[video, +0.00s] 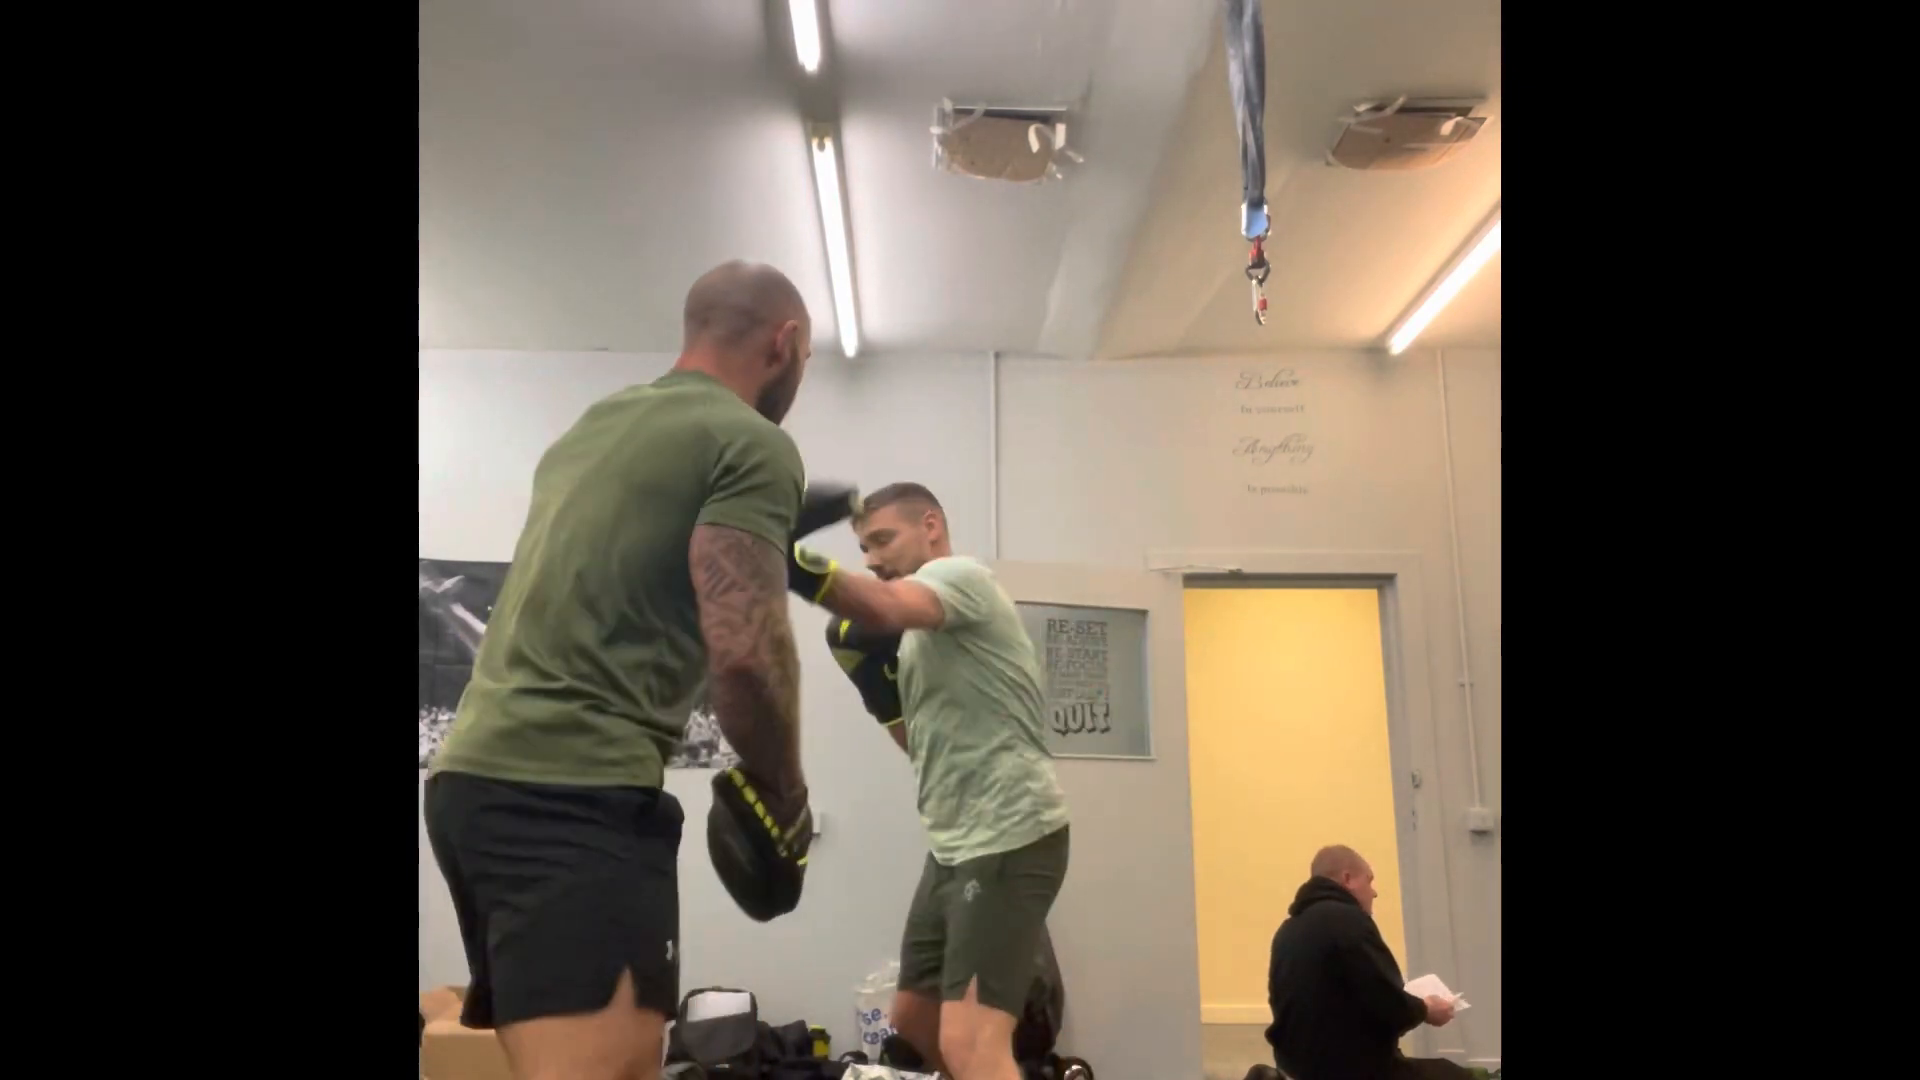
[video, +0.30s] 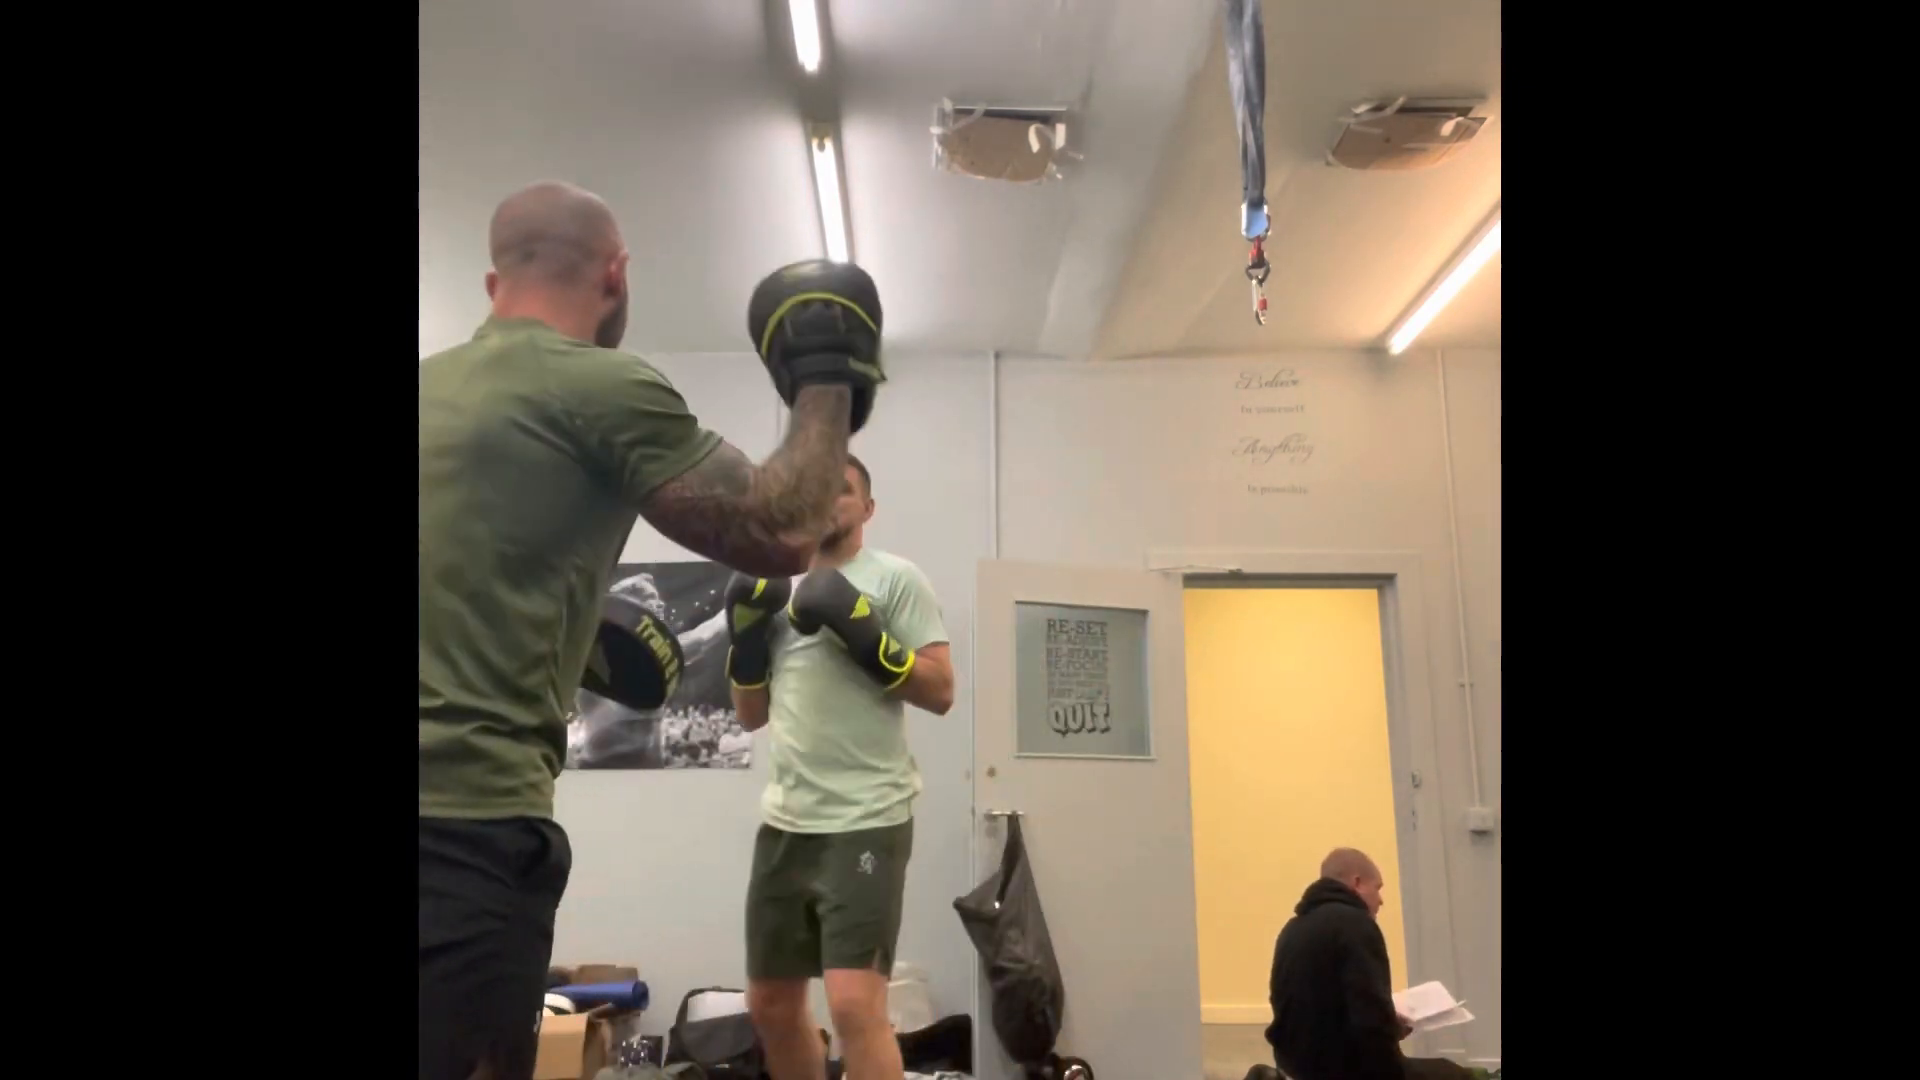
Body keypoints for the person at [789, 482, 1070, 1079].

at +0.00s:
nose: (873, 560)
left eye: (884, 539)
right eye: (866, 548)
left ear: (933, 526)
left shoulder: (966, 579)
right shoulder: (917, 633)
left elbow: (887, 606)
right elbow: (928, 749)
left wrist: (792, 562)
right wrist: (876, 680)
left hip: (1011, 838)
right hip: (954, 845)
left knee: (972, 1042)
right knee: (916, 1019)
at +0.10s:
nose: (828, 558)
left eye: (842, 540)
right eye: (822, 546)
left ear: (889, 538)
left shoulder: (920, 605)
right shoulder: (884, 624)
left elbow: (959, 719)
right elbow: (907, 739)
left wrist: (864, 702)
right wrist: (850, 690)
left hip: (976, 845)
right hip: (933, 850)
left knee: (965, 1041)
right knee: (897, 1010)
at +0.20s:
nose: (828, 537)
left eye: (847, 524)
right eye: (820, 526)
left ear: (883, 537)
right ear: (813, 538)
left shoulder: (913, 601)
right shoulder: (824, 628)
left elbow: (965, 704)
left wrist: (878, 676)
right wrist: (782, 671)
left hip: (923, 830)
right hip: (858, 841)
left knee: (896, 1016)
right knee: (856, 1029)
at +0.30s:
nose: (826, 500)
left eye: (842, 489)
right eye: (816, 487)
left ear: (868, 507)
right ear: (797, 503)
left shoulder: (896, 579)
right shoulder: (773, 588)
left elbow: (939, 690)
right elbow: (750, 713)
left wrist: (860, 629)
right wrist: (747, 633)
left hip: (868, 816)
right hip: (786, 818)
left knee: (853, 1002)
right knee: (772, 1006)